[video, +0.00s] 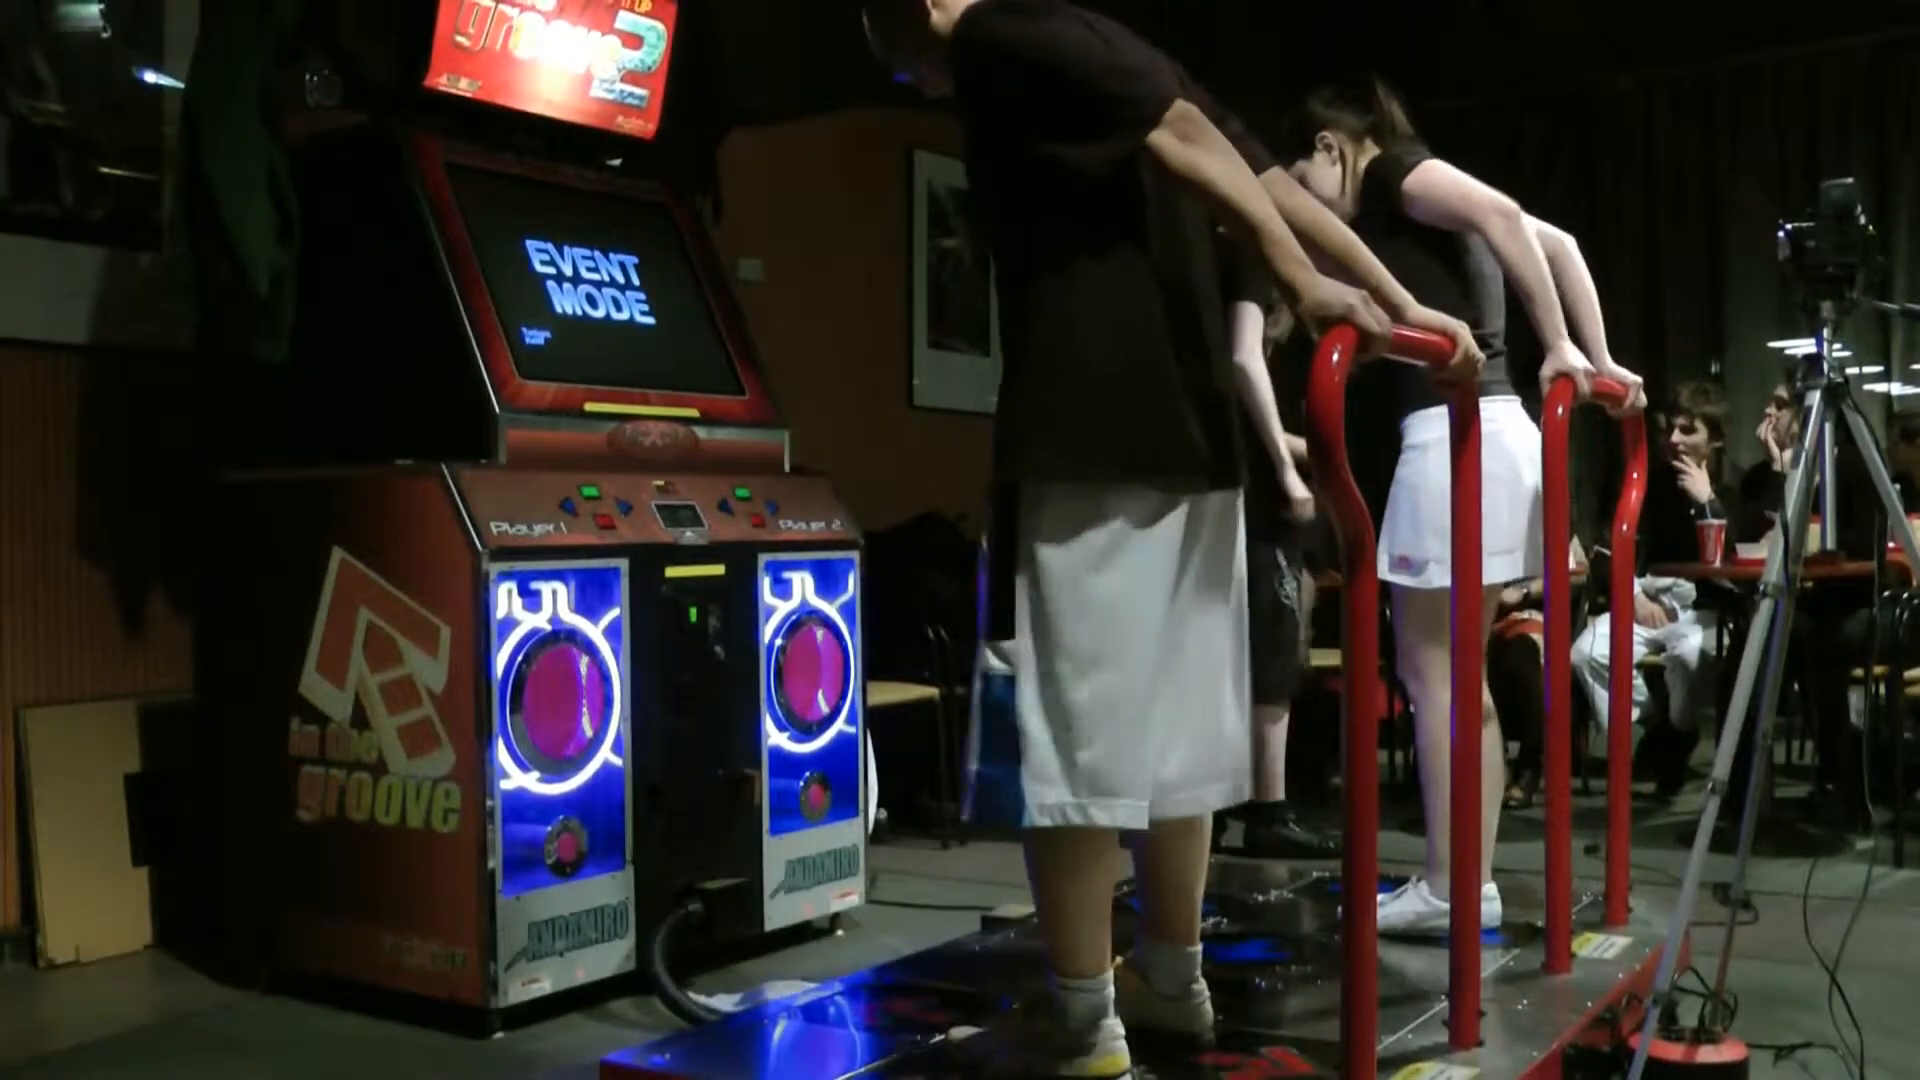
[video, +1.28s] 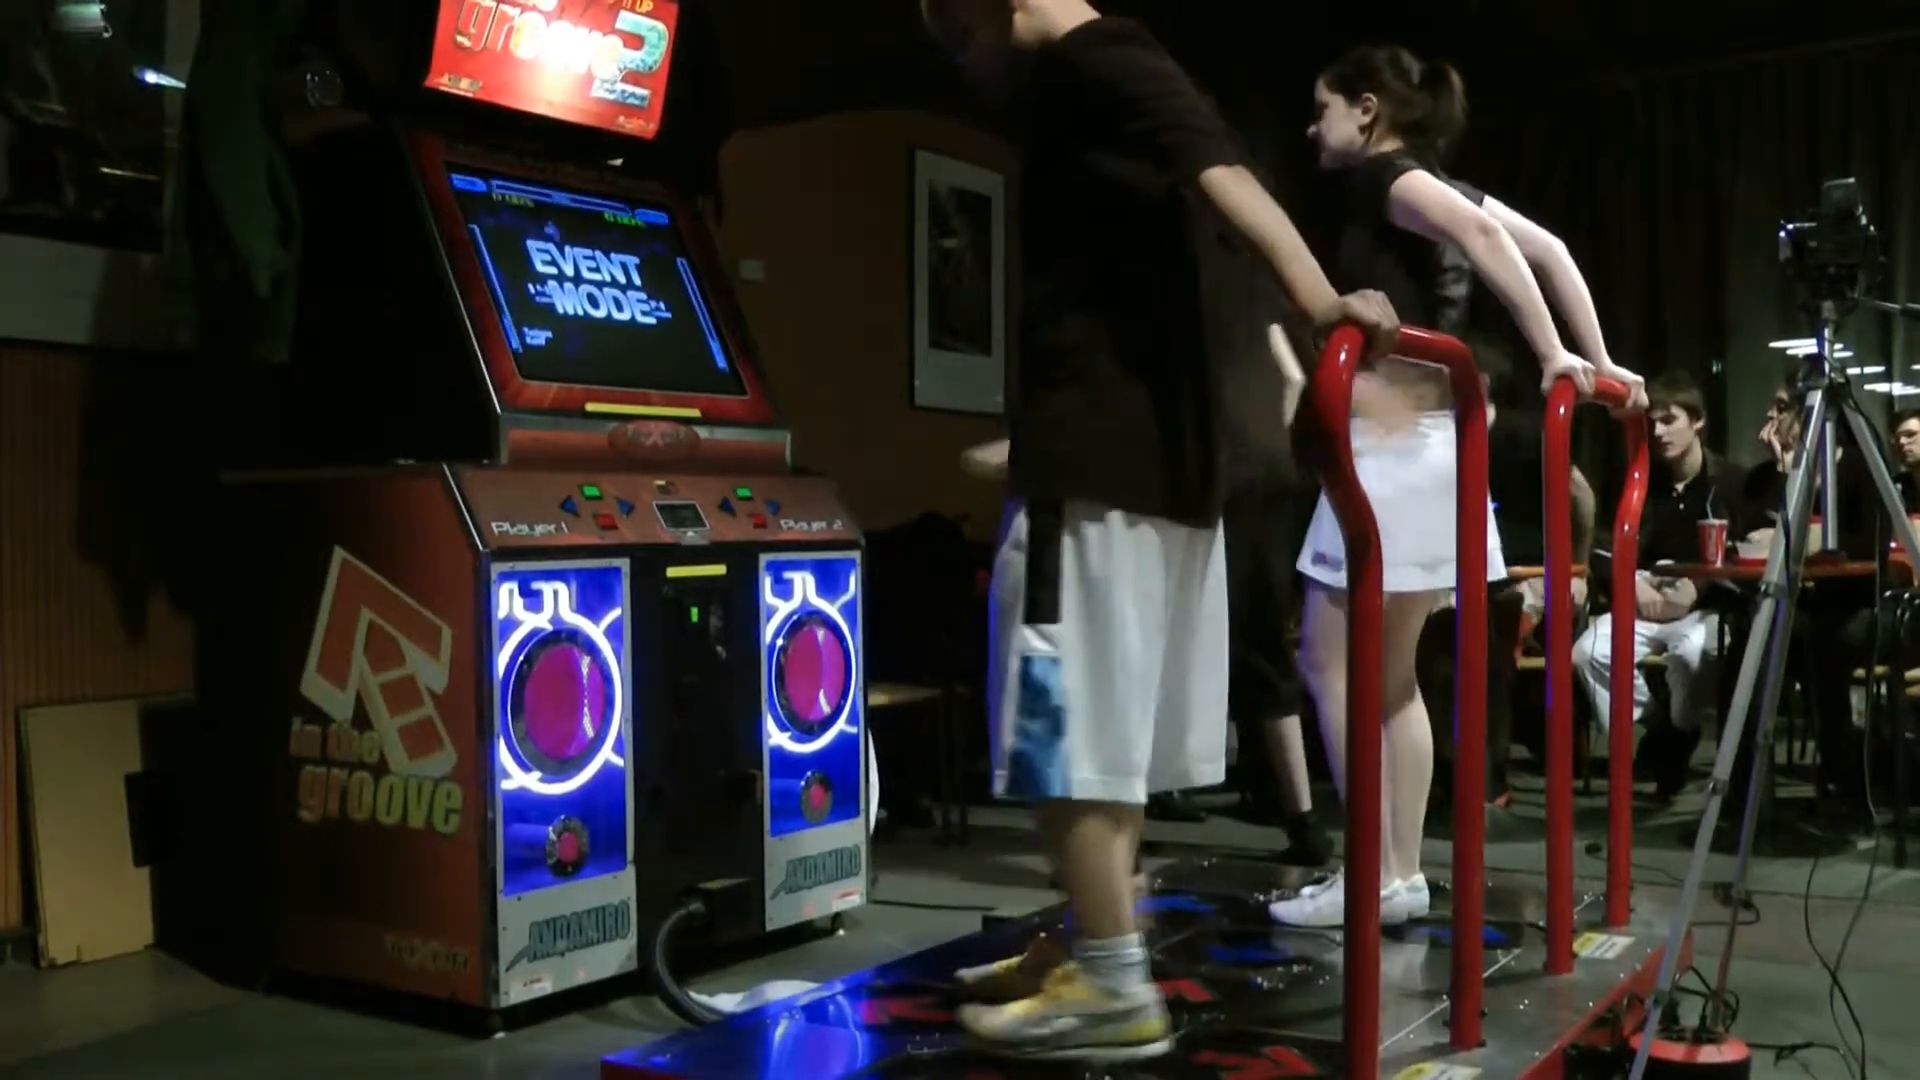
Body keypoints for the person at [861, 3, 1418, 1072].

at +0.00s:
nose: (912, 54)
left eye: (901, 37)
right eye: (902, 42)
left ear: (924, 8)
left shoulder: (992, 35)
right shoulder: (1127, 50)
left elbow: (1184, 137)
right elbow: (1273, 186)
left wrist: (1301, 279)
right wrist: (1397, 299)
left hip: (1088, 430)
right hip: (1197, 424)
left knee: (1074, 722)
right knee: (1186, 711)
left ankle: (1083, 1019)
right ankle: (1177, 988)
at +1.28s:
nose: (970, 48)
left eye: (968, 27)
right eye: (965, 33)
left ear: (1009, 7)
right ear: (1067, 0)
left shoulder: (1088, 65)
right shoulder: (1119, 77)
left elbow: (1222, 175)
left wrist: (1324, 303)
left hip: (1105, 460)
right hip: (1157, 461)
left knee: (1073, 720)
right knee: (1113, 715)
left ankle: (1113, 987)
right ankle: (1092, 950)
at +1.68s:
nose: (990, 26)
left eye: (997, 11)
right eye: (989, 19)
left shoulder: (1132, 48)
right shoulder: (1064, 104)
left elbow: (1259, 168)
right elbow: (1000, 328)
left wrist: (1329, 307)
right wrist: (857, 430)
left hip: (1138, 459)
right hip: (1076, 459)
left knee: (1129, 724)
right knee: (1081, 717)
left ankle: (1156, 994)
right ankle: (1090, 945)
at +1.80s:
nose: (993, 22)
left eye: (1000, 8)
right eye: (991, 15)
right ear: (1035, 20)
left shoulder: (1127, 52)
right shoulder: (1043, 120)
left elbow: (1255, 166)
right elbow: (975, 317)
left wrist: (1325, 302)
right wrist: (848, 424)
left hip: (1129, 466)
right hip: (1062, 467)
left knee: (1134, 734)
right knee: (1078, 724)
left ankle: (1156, 996)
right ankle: (1088, 943)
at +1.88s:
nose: (986, 20)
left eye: (994, 7)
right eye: (985, 14)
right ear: (1023, 21)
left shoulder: (1128, 57)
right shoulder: (1033, 124)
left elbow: (1250, 171)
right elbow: (966, 318)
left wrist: (1324, 302)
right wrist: (839, 425)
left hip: (1125, 468)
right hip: (1050, 468)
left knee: (1127, 736)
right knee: (1073, 729)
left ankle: (1157, 993)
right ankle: (1091, 944)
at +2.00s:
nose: (978, 24)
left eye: (984, 9)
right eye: (976, 15)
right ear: (1020, 17)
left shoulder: (1127, 62)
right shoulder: (1032, 121)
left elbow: (1250, 172)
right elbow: (966, 316)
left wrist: (1323, 299)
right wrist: (841, 421)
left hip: (1113, 471)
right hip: (1047, 470)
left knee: (1122, 739)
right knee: (1070, 733)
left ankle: (1156, 993)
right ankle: (1087, 944)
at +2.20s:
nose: (967, 28)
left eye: (971, 12)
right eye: (964, 20)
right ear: (1020, 15)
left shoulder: (1119, 62)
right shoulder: (1043, 105)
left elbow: (1240, 174)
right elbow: (999, 311)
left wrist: (1323, 298)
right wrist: (885, 436)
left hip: (1109, 470)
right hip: (1053, 468)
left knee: (1120, 737)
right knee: (1071, 729)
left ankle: (1156, 994)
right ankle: (1088, 946)